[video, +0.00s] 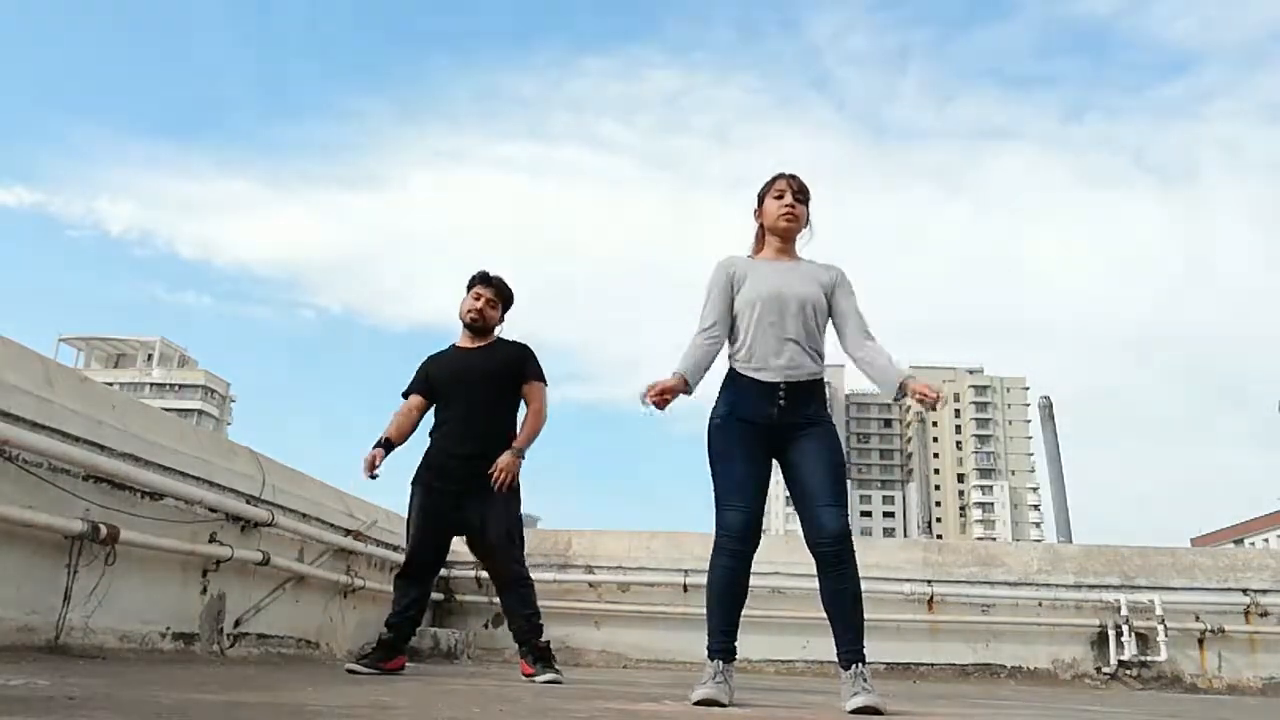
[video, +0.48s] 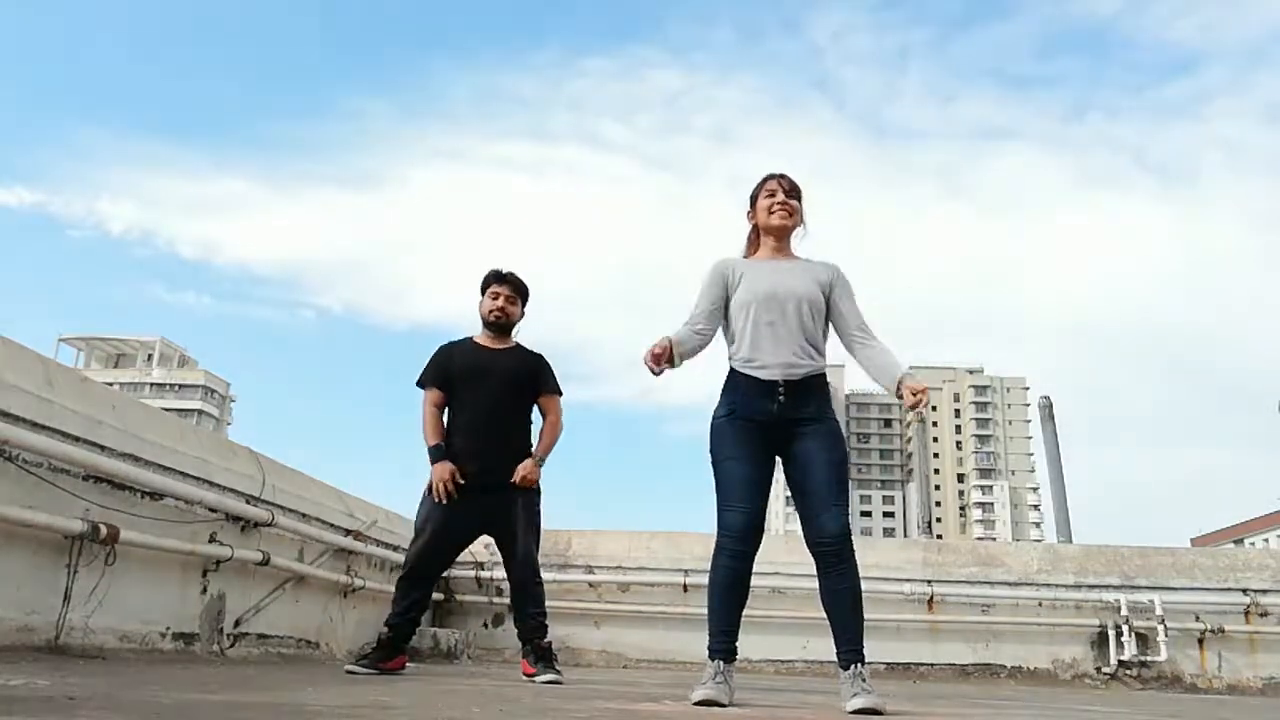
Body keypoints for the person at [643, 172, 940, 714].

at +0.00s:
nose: (790, 202)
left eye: (799, 198)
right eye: (779, 195)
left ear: (808, 218)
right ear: (759, 213)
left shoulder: (828, 276)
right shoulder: (733, 269)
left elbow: (861, 343)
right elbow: (709, 335)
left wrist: (904, 383)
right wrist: (682, 379)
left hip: (807, 413)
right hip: (741, 411)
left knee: (832, 536)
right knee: (736, 534)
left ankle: (855, 673)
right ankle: (718, 668)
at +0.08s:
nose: (789, 200)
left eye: (798, 196)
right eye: (778, 194)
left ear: (806, 216)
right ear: (757, 211)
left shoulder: (827, 275)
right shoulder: (732, 268)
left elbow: (859, 336)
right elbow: (706, 323)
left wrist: (896, 348)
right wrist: (691, 355)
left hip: (809, 411)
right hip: (742, 408)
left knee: (831, 538)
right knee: (737, 534)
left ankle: (855, 673)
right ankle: (718, 668)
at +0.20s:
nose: (788, 199)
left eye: (797, 195)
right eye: (777, 193)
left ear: (806, 215)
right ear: (757, 211)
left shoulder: (827, 274)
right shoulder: (729, 268)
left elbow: (862, 346)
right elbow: (694, 326)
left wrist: (886, 332)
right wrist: (701, 338)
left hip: (808, 410)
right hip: (742, 408)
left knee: (830, 537)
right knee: (737, 534)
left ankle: (855, 672)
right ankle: (718, 667)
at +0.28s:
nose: (785, 198)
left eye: (794, 195)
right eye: (774, 193)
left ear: (804, 215)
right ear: (754, 212)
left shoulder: (827, 273)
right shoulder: (728, 269)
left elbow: (834, 352)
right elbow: (709, 347)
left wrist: (880, 324)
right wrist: (688, 318)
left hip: (808, 412)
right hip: (741, 410)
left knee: (830, 535)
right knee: (737, 532)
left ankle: (854, 673)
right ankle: (718, 668)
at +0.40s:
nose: (784, 199)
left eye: (793, 195)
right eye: (773, 194)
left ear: (802, 216)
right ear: (754, 212)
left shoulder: (826, 274)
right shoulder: (727, 270)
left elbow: (832, 352)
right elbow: (717, 345)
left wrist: (886, 337)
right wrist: (680, 318)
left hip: (809, 413)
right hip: (741, 411)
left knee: (830, 536)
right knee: (737, 533)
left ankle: (854, 673)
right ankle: (718, 667)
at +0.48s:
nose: (781, 200)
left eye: (791, 196)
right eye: (770, 195)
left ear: (802, 216)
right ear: (752, 215)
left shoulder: (826, 275)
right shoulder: (727, 270)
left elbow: (860, 339)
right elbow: (698, 328)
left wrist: (900, 380)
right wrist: (671, 348)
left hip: (811, 411)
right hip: (742, 410)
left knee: (832, 537)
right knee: (737, 535)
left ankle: (854, 672)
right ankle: (719, 669)